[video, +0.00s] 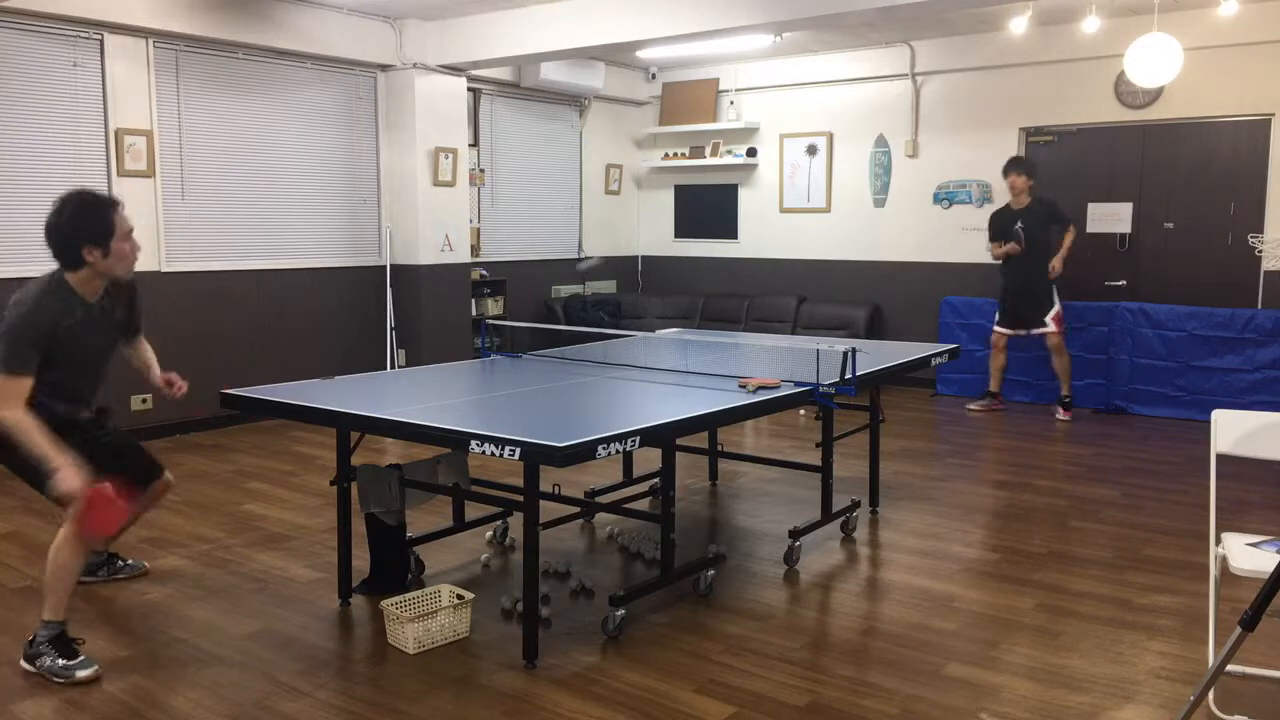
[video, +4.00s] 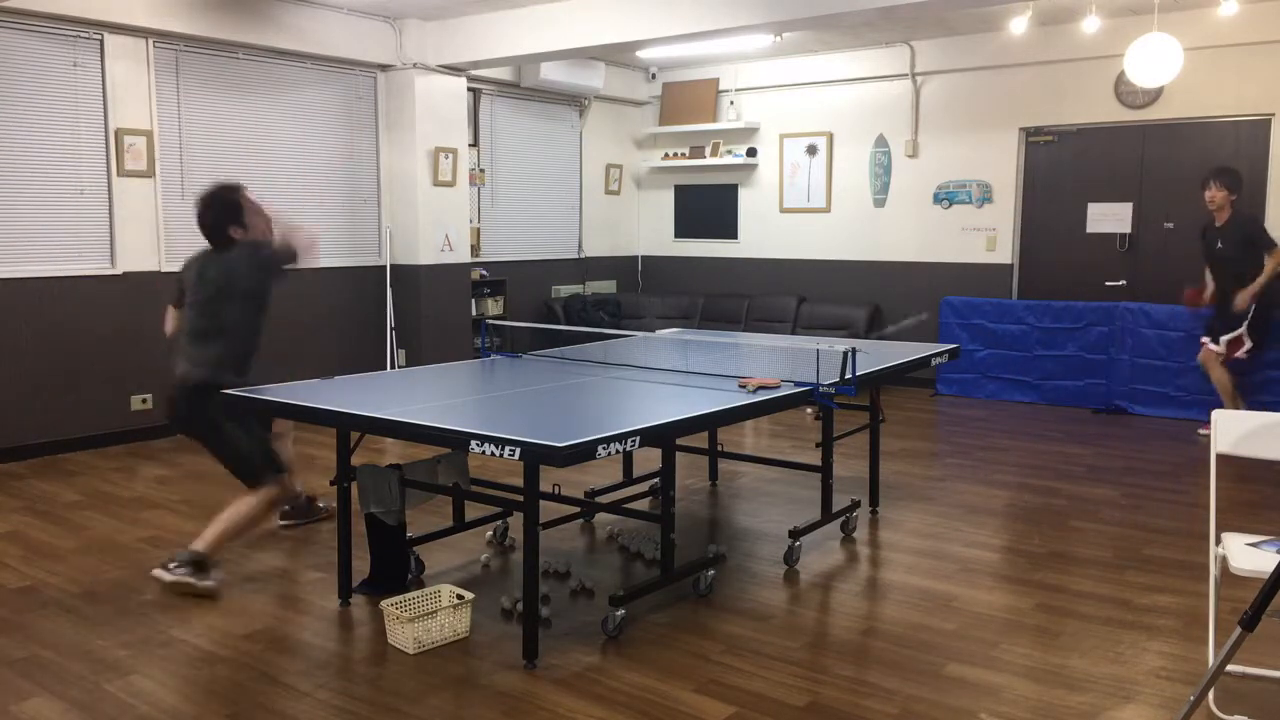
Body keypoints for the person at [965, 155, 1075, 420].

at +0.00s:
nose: (1013, 182)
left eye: (1018, 176)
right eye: (1009, 176)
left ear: (1029, 180)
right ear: (1004, 180)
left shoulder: (1045, 207)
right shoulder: (998, 216)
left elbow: (1070, 229)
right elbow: (994, 252)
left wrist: (1060, 257)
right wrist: (1005, 249)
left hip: (1042, 285)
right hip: (1011, 287)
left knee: (1055, 342)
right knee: (998, 341)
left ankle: (1065, 399)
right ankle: (993, 395)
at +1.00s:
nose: (1055, 230)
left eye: (1055, 224)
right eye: (1051, 227)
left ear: (1065, 215)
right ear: (1053, 224)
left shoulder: (1093, 230)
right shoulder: (1071, 240)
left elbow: (1129, 247)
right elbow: (1082, 269)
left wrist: (1106, 277)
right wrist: (1059, 271)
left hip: (1111, 303)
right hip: (1088, 302)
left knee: (1099, 360)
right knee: (1061, 346)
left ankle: (1122, 405)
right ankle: (1025, 392)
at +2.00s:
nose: (1076, 207)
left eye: (1083, 202)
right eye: (1074, 201)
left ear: (1094, 208)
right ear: (1069, 205)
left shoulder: (1109, 235)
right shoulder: (1064, 234)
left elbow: (1126, 267)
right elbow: (1060, 262)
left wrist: (1090, 283)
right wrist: (1063, 274)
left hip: (1101, 304)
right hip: (1070, 303)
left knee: (1108, 360)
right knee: (1039, 347)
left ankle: (1140, 404)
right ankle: (1021, 394)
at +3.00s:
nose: (1225, 164)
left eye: (1225, 159)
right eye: (1221, 159)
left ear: (1199, 159)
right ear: (1208, 160)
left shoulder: (1181, 182)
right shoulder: (1194, 188)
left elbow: (1153, 207)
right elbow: (1174, 230)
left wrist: (1183, 218)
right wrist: (1175, 270)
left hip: (1167, 266)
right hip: (1183, 265)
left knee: (1181, 326)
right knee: (1228, 303)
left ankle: (1160, 385)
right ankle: (1217, 362)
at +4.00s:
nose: (1210, 195)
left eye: (1217, 190)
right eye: (1207, 189)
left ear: (1232, 194)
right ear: (1203, 194)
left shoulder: (1247, 223)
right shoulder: (1208, 230)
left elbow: (1274, 257)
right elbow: (1211, 265)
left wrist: (1250, 290)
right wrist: (1209, 290)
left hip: (1250, 302)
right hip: (1224, 301)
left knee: (1210, 356)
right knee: (1209, 358)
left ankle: (1236, 416)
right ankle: (1236, 415)